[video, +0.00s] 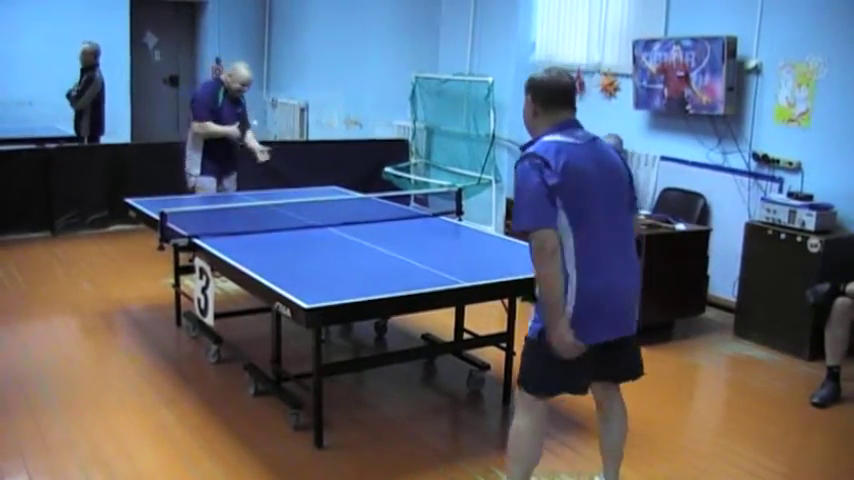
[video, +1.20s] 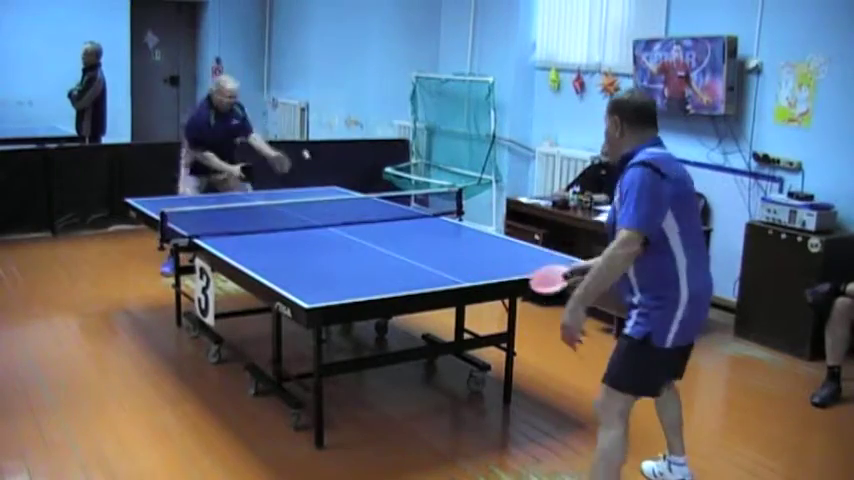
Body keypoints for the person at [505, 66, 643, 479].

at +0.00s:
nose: (524, 112)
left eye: (524, 104)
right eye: (525, 105)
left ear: (531, 106)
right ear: (572, 104)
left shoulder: (536, 160)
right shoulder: (609, 153)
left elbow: (545, 245)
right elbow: (628, 226)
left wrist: (556, 322)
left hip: (571, 314)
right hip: (619, 308)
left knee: (529, 402)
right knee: (608, 391)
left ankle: (517, 475)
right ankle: (611, 475)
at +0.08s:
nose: (520, 110)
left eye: (522, 103)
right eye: (524, 102)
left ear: (528, 105)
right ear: (569, 104)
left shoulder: (531, 158)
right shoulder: (607, 152)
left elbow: (529, 245)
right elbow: (625, 225)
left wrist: (525, 325)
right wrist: (626, 297)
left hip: (558, 311)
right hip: (612, 307)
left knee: (526, 402)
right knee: (607, 390)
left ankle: (514, 475)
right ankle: (611, 474)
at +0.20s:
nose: (520, 112)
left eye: (521, 106)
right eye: (521, 106)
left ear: (527, 106)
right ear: (568, 107)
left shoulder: (530, 157)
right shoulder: (605, 156)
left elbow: (504, 248)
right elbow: (621, 229)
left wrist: (480, 324)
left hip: (560, 303)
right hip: (614, 299)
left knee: (522, 396)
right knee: (610, 383)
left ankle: (513, 475)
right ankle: (621, 473)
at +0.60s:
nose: (565, 154)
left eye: (566, 146)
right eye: (565, 147)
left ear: (576, 145)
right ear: (610, 144)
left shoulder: (587, 182)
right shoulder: (636, 180)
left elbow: (564, 263)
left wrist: (521, 329)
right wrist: (582, 284)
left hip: (620, 314)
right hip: (663, 308)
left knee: (549, 399)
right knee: (647, 380)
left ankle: (519, 472)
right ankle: (675, 462)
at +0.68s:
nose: (573, 156)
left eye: (574, 148)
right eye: (573, 148)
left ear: (584, 146)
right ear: (615, 144)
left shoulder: (606, 188)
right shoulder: (635, 178)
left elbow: (616, 267)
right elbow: (628, 257)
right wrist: (598, 305)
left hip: (639, 315)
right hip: (669, 308)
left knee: (577, 401)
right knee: (650, 385)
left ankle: (539, 473)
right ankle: (675, 462)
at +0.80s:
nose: (587, 156)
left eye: (587, 147)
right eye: (586, 148)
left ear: (599, 143)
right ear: (624, 140)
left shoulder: (634, 179)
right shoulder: (640, 174)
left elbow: (660, 238)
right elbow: (609, 242)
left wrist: (645, 315)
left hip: (659, 312)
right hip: (677, 307)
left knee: (604, 401)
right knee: (654, 382)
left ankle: (576, 474)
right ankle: (675, 462)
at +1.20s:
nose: (605, 137)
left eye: (606, 128)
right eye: (605, 128)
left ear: (617, 126)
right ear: (649, 126)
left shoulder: (642, 173)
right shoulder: (665, 166)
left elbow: (628, 245)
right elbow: (642, 244)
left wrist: (577, 305)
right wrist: (595, 266)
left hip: (661, 310)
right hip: (684, 303)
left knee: (610, 407)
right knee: (662, 382)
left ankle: (603, 473)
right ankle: (677, 462)